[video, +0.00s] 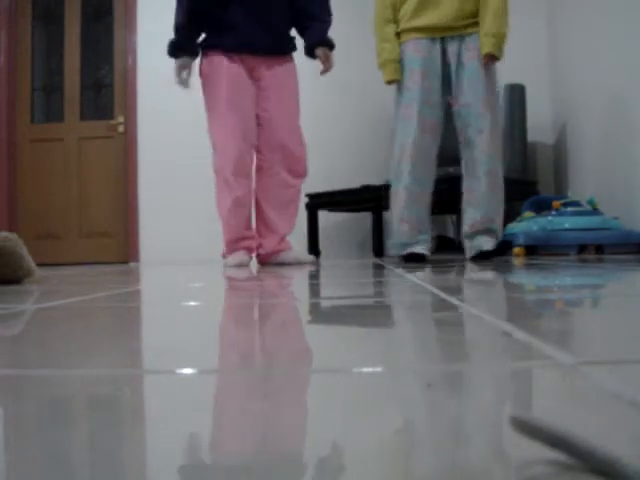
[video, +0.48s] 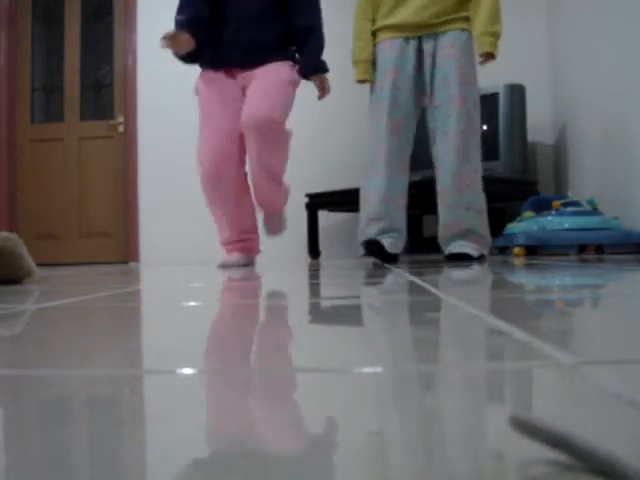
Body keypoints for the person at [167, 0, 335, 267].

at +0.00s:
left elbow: (310, 0)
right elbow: (190, 2)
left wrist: (317, 36)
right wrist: (185, 46)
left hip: (276, 55)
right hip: (223, 54)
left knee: (284, 152)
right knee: (233, 154)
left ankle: (273, 246)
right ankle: (238, 248)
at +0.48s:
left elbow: (306, 9)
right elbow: (192, 7)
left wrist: (312, 61)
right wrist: (188, 37)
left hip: (274, 59)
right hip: (218, 64)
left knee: (260, 119)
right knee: (215, 159)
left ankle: (272, 203)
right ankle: (238, 245)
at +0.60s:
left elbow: (306, 6)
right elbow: (193, 5)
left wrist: (311, 53)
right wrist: (191, 40)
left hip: (278, 53)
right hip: (221, 59)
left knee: (273, 119)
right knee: (224, 161)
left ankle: (280, 201)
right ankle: (239, 247)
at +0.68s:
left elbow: (309, 1)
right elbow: (192, 2)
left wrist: (314, 44)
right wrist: (192, 41)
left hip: (285, 49)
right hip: (227, 52)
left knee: (292, 153)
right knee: (236, 156)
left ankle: (296, 239)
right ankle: (242, 244)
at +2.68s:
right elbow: (171, 6)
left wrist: (298, 23)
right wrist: (153, 58)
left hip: (272, 60)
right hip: (220, 60)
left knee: (297, 150)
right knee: (237, 156)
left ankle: (290, 246)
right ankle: (234, 248)